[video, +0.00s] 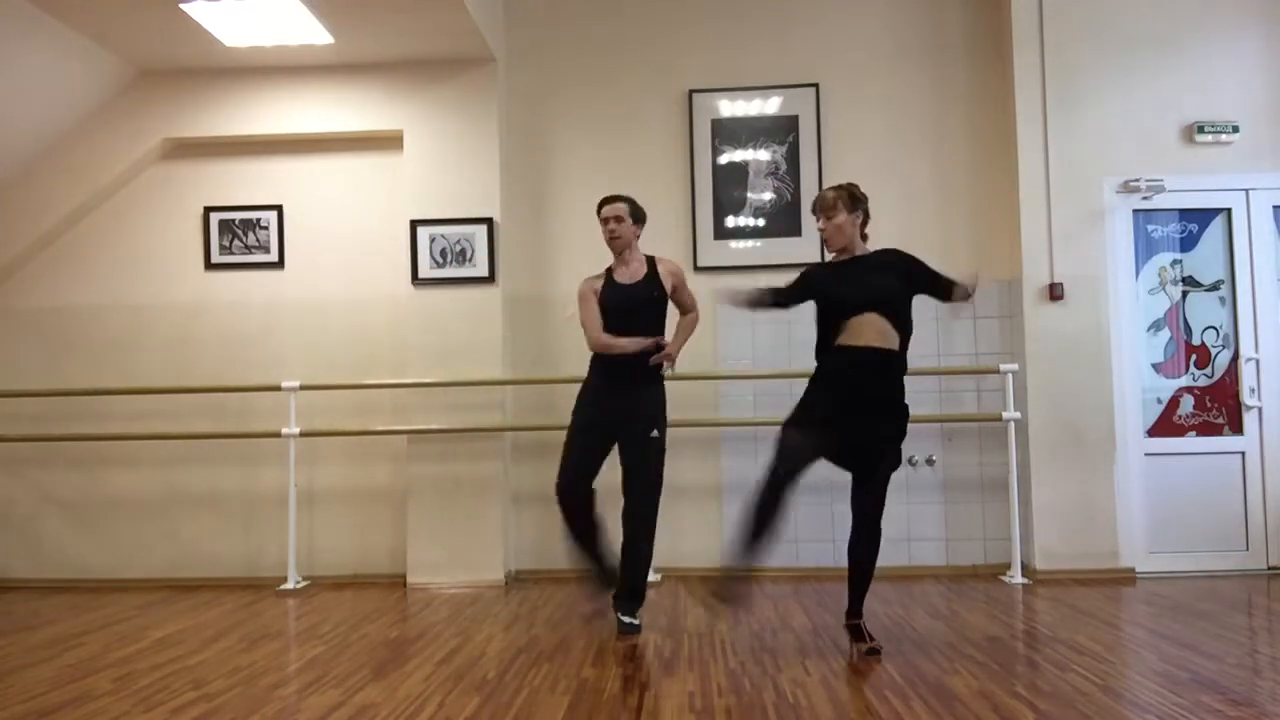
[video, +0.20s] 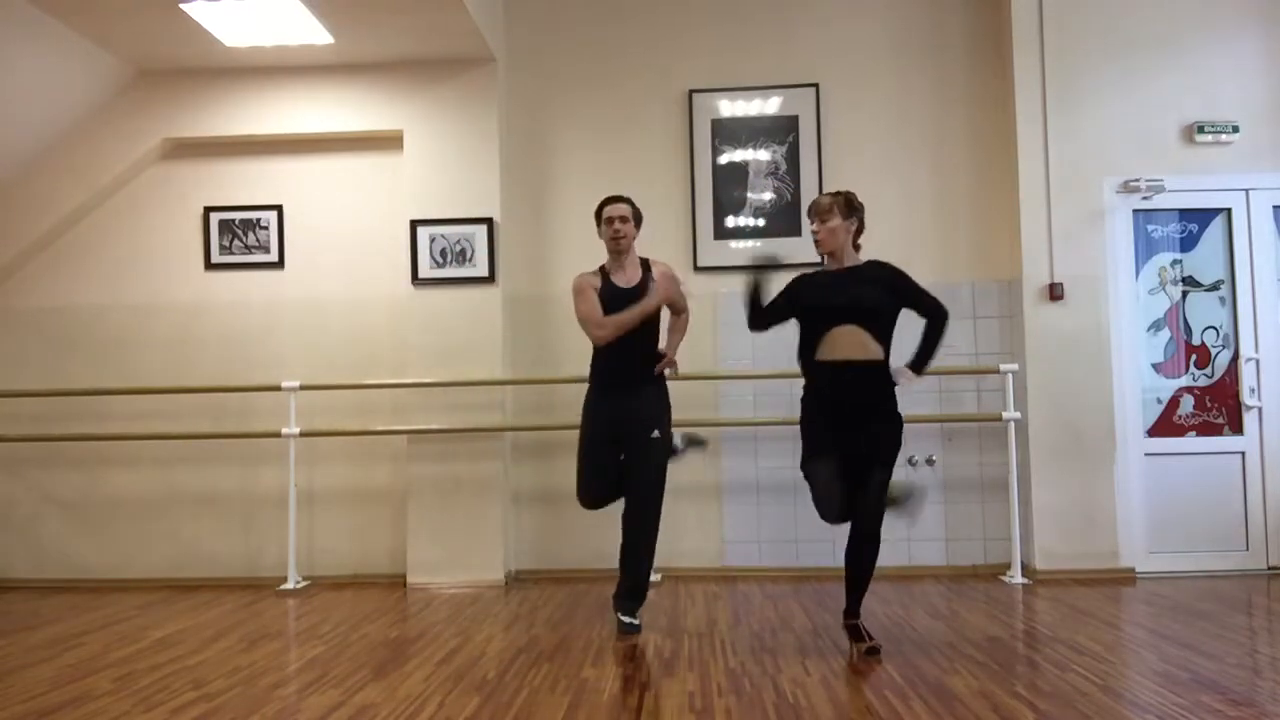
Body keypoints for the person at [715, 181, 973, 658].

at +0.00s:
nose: (824, 225)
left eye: (833, 215)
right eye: (821, 217)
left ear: (859, 218)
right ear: (820, 223)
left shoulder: (896, 262)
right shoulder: (820, 275)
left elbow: (949, 291)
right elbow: (782, 297)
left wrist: (963, 289)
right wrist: (740, 297)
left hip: (883, 394)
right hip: (830, 388)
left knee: (868, 513)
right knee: (781, 472)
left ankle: (855, 616)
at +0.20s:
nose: (816, 228)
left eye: (825, 220)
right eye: (814, 222)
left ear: (853, 226)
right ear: (815, 231)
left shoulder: (883, 275)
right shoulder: (804, 285)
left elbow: (937, 314)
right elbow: (757, 322)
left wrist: (916, 366)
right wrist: (754, 281)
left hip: (875, 399)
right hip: (822, 402)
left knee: (867, 515)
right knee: (832, 510)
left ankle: (853, 615)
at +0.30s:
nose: (809, 235)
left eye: (819, 227)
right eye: (807, 228)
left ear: (846, 231)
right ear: (808, 234)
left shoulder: (874, 279)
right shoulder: (802, 288)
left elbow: (922, 321)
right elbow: (768, 327)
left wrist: (895, 363)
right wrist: (724, 311)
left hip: (873, 400)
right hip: (824, 406)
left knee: (868, 516)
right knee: (831, 518)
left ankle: (853, 617)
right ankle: (907, 490)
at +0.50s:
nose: (789, 236)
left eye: (799, 228)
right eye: (788, 229)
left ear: (828, 235)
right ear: (793, 239)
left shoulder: (857, 286)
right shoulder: (781, 292)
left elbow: (898, 330)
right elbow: (796, 338)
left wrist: (878, 371)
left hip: (865, 404)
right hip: (817, 413)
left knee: (856, 522)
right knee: (849, 528)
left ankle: (850, 617)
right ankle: (928, 600)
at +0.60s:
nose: (782, 236)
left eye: (793, 227)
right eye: (783, 229)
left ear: (822, 235)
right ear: (790, 238)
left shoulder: (851, 285)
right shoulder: (777, 290)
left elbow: (889, 328)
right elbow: (792, 330)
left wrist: (870, 371)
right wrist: (821, 276)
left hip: (857, 399)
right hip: (809, 409)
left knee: (855, 520)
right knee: (849, 526)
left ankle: (851, 617)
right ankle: (923, 597)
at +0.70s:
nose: (776, 236)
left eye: (786, 228)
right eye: (775, 229)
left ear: (814, 232)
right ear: (779, 237)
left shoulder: (845, 282)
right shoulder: (774, 289)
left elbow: (892, 323)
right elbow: (776, 328)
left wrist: (866, 367)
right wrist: (810, 279)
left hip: (848, 398)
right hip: (800, 406)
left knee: (853, 516)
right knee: (828, 520)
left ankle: (851, 617)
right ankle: (891, 584)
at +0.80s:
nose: (770, 237)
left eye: (779, 229)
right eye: (768, 230)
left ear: (806, 233)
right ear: (775, 237)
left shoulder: (840, 283)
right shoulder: (769, 294)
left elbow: (900, 317)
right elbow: (753, 350)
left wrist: (884, 364)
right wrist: (790, 319)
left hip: (845, 406)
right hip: (797, 411)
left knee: (854, 518)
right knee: (797, 516)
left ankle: (851, 617)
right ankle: (833, 574)